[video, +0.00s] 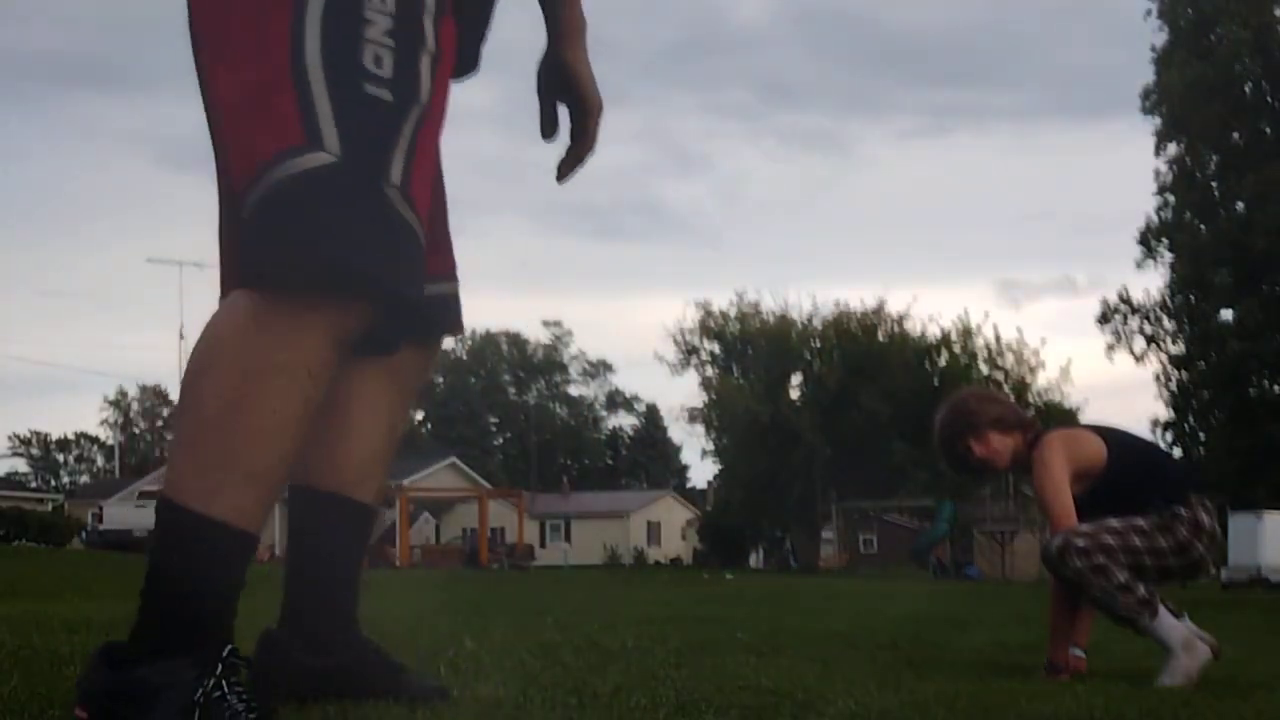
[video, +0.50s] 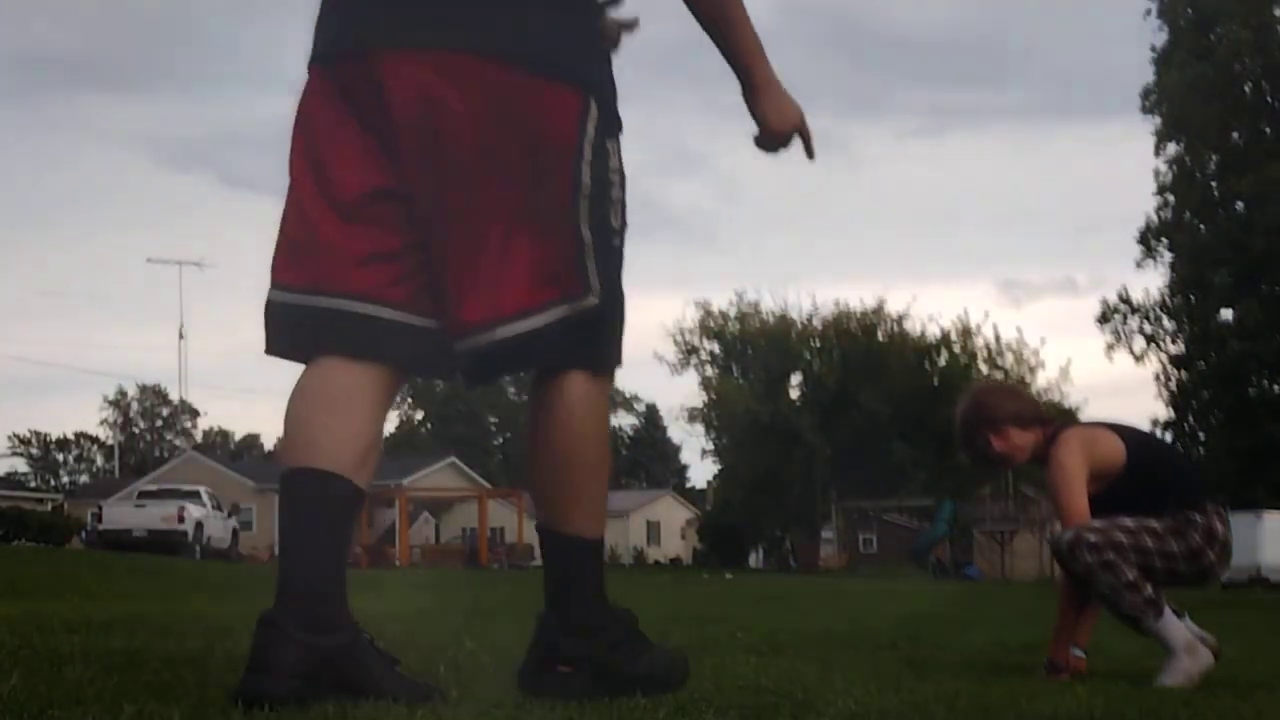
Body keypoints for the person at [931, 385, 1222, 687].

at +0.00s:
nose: (978, 453)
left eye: (979, 437)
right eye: (969, 450)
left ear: (1003, 420)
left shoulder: (1049, 452)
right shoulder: (1051, 454)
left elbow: (1068, 560)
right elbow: (1082, 560)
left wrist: (1059, 650)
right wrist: (1078, 648)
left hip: (1188, 529)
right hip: (1180, 529)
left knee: (1067, 548)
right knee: (1081, 551)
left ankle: (1184, 645)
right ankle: (1183, 633)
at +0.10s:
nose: (980, 451)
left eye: (980, 435)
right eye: (970, 448)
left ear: (1004, 420)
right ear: (971, 456)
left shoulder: (1051, 451)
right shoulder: (1052, 452)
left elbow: (1069, 560)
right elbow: (1082, 559)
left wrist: (1060, 649)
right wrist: (1078, 647)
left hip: (1188, 529)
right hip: (1181, 530)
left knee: (1068, 547)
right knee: (1080, 552)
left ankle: (1184, 646)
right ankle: (1184, 633)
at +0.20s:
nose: (983, 450)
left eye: (983, 434)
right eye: (973, 448)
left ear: (1007, 419)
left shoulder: (1054, 451)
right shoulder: (1054, 452)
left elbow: (1070, 561)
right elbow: (1082, 559)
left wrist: (1060, 650)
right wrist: (1077, 647)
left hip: (1190, 529)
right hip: (1182, 529)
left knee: (1069, 547)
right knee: (1082, 551)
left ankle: (1183, 646)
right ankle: (1184, 634)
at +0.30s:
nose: (986, 448)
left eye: (987, 432)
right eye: (976, 445)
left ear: (1010, 417)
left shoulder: (1057, 452)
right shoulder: (1059, 449)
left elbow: (1072, 561)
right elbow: (1083, 559)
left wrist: (1058, 652)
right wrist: (1077, 648)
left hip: (1193, 532)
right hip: (1186, 531)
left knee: (1072, 546)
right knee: (1083, 549)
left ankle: (1184, 647)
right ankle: (1185, 634)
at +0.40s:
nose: (990, 446)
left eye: (992, 431)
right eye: (980, 443)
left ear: (1015, 416)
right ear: (977, 450)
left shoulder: (1060, 451)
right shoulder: (1064, 448)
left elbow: (1075, 561)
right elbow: (1088, 560)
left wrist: (1059, 649)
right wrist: (1078, 647)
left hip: (1195, 533)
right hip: (1190, 532)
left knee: (1073, 545)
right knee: (1087, 549)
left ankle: (1185, 648)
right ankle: (1187, 635)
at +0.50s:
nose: (996, 446)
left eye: (998, 431)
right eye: (985, 442)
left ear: (1021, 417)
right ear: (982, 449)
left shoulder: (1067, 450)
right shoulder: (1069, 448)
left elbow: (1080, 562)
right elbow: (1093, 560)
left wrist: (1061, 649)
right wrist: (1077, 647)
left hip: (1200, 536)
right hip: (1194, 536)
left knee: (1078, 544)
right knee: (1092, 548)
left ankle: (1187, 649)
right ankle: (1189, 636)